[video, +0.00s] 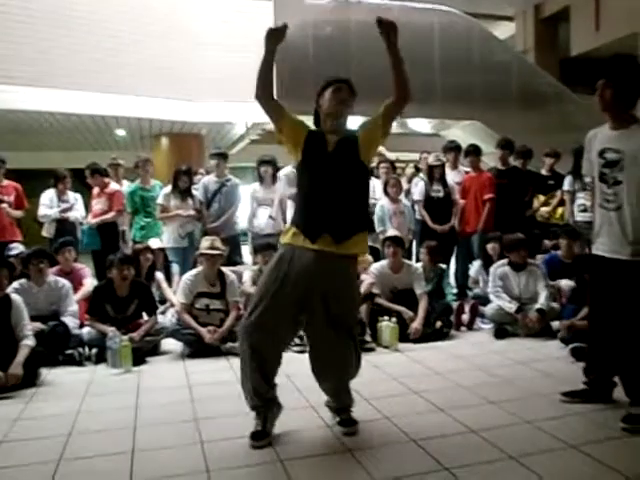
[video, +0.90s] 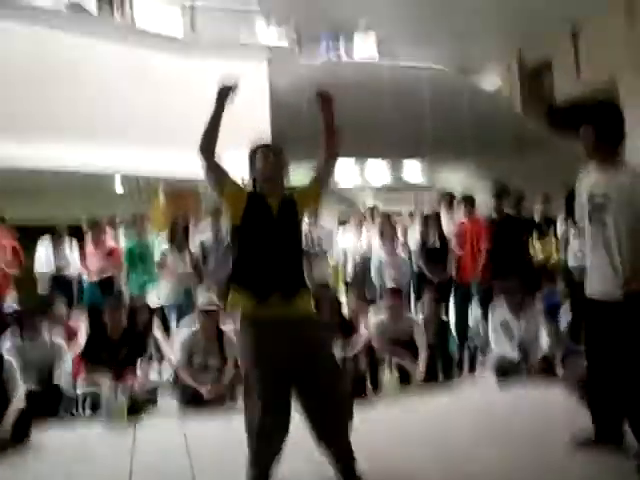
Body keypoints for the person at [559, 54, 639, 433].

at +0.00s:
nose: (600, 99)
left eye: (605, 92)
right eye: (599, 93)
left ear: (623, 96)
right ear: (602, 97)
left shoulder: (636, 136)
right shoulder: (594, 138)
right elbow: (588, 183)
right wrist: (586, 208)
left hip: (631, 251)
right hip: (602, 248)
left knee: (633, 329)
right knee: (600, 321)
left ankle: (637, 401)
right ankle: (599, 384)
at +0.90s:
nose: (584, 143)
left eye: (589, 135)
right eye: (583, 135)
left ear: (607, 137)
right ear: (587, 139)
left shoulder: (629, 180)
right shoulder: (585, 179)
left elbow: (634, 233)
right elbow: (579, 226)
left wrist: (632, 276)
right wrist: (577, 262)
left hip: (623, 288)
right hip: (592, 286)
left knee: (628, 367)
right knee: (598, 364)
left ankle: (637, 433)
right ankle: (606, 429)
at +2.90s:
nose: (558, 130)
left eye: (564, 124)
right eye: (557, 125)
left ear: (584, 129)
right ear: (558, 131)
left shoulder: (605, 165)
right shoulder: (562, 176)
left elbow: (628, 212)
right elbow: (563, 221)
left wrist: (616, 258)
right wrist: (561, 257)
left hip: (601, 276)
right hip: (571, 276)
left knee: (606, 345)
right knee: (577, 345)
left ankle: (620, 411)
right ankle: (596, 408)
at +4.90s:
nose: (570, 123)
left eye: (575, 116)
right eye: (570, 117)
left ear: (594, 120)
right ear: (584, 123)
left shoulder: (624, 160)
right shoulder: (578, 169)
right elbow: (579, 223)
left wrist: (635, 264)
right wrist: (575, 271)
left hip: (621, 281)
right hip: (588, 280)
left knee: (627, 356)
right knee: (589, 351)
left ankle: (639, 431)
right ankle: (602, 412)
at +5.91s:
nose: (616, 118)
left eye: (621, 111)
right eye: (615, 112)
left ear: (637, 115)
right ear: (619, 118)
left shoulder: (634, 162)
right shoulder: (618, 160)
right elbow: (614, 218)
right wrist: (595, 225)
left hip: (635, 282)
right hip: (617, 279)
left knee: (634, 360)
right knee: (615, 354)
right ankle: (611, 418)